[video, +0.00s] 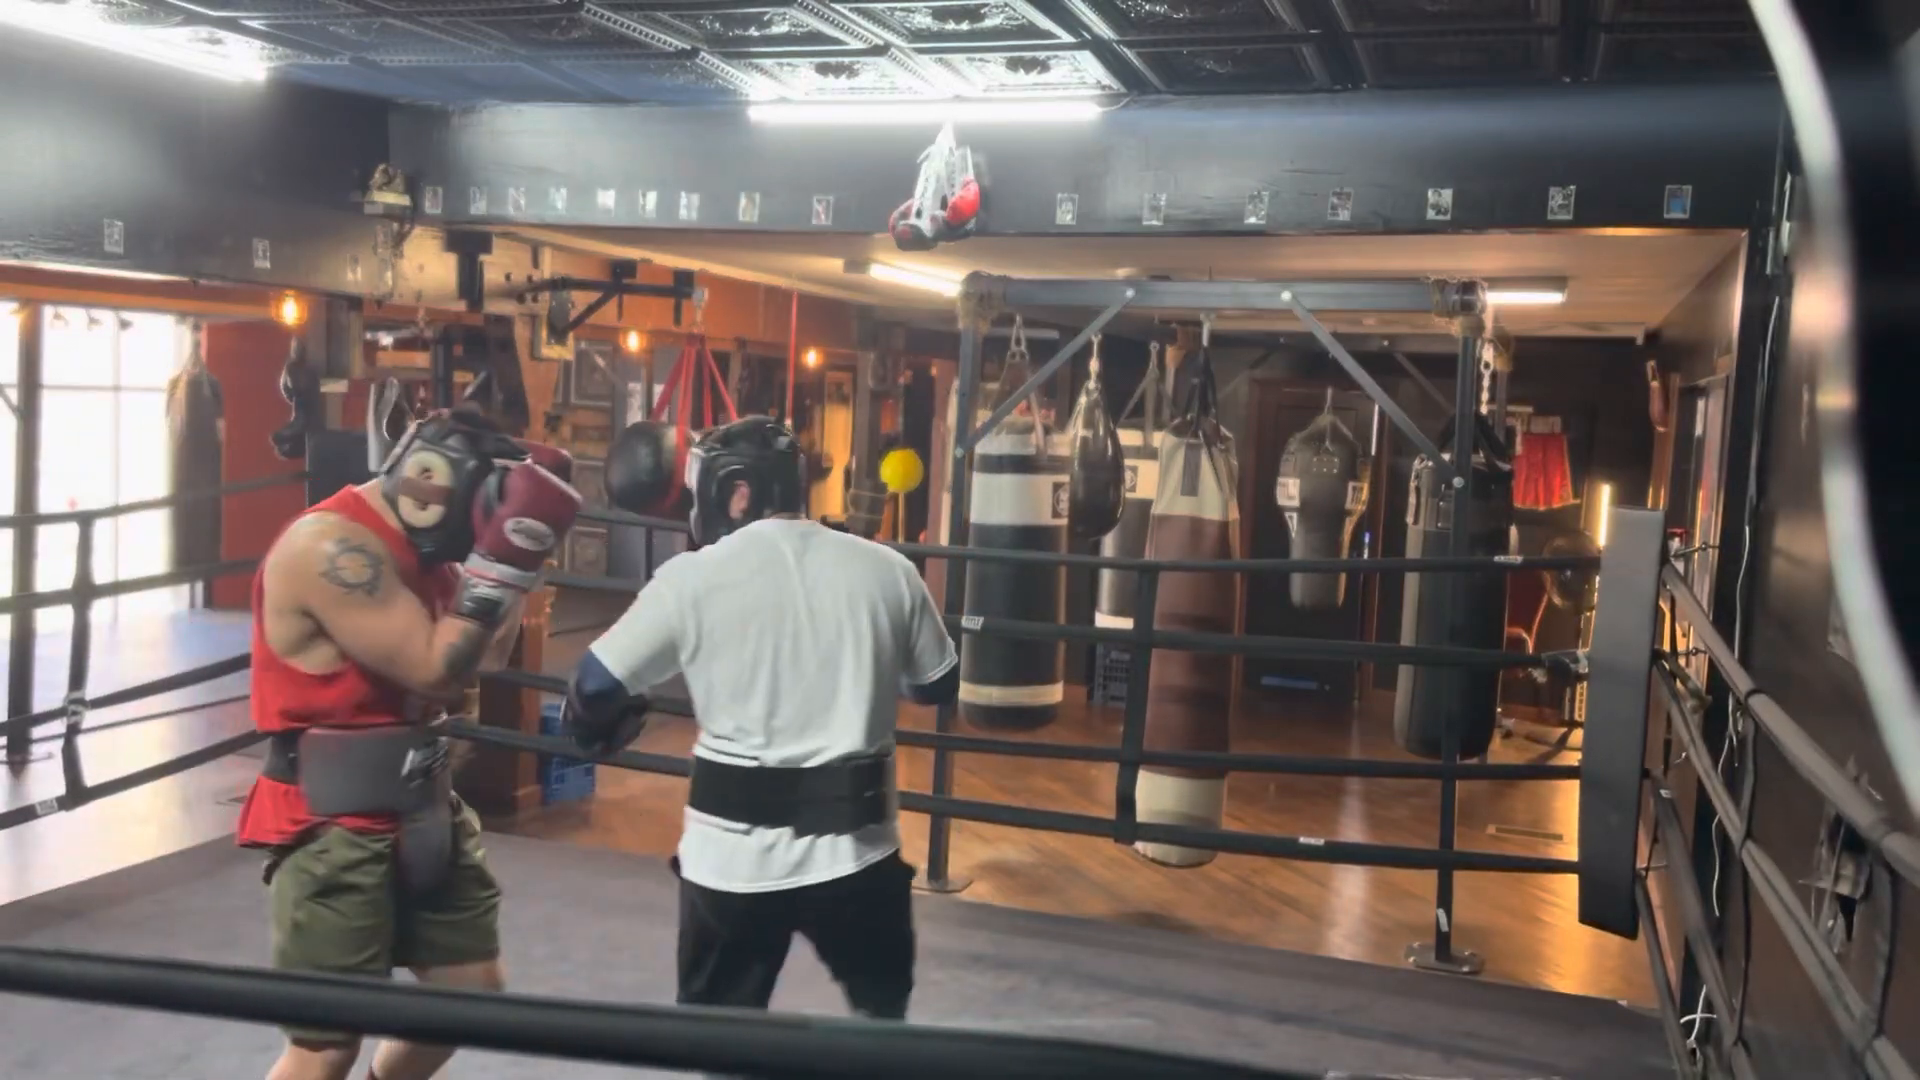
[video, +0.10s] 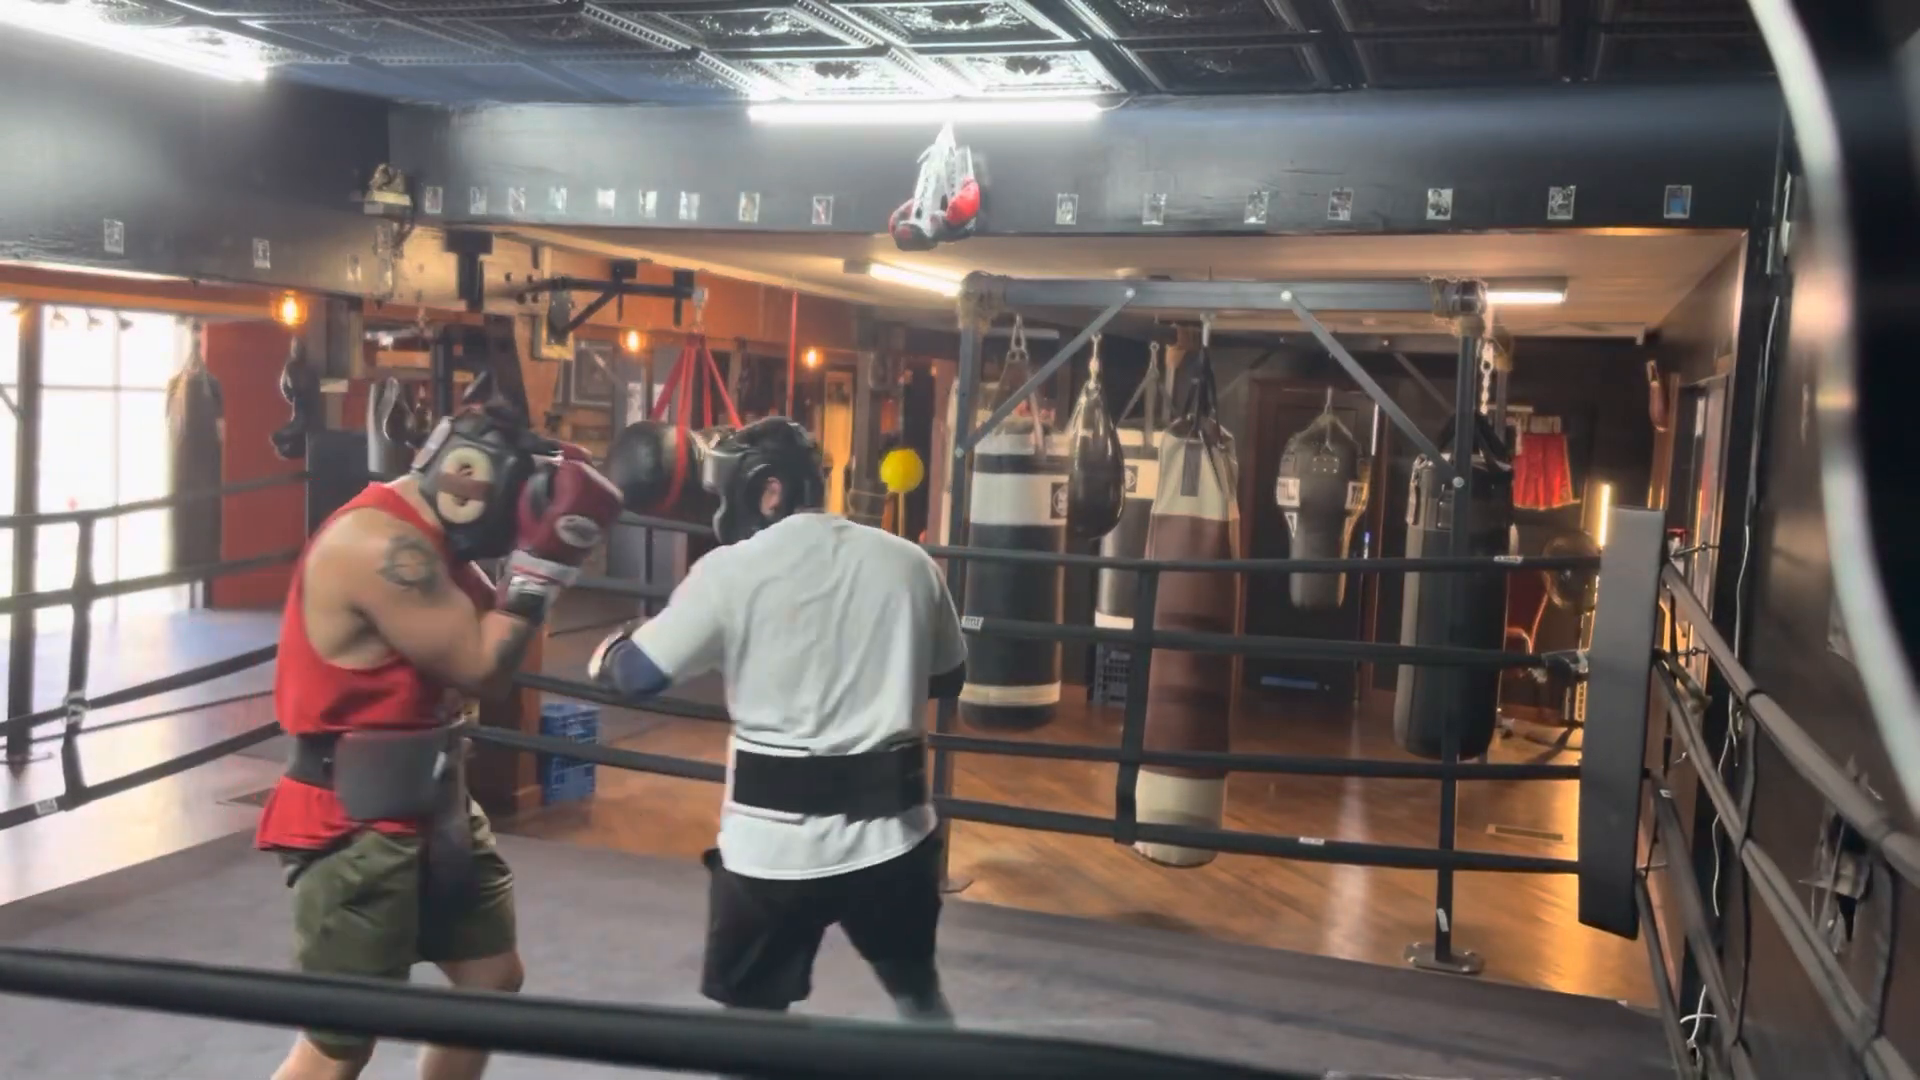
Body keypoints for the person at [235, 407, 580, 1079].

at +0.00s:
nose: (444, 508)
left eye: (462, 496)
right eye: (430, 479)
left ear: (480, 498)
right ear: (405, 466)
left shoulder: (433, 542)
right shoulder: (324, 548)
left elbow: (461, 678)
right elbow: (436, 669)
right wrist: (500, 566)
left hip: (426, 807)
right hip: (333, 824)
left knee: (467, 994)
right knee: (324, 1047)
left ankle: (383, 1073)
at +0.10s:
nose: (490, 495)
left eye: (504, 482)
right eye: (480, 471)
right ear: (448, 464)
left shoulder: (425, 535)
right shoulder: (376, 544)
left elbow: (491, 634)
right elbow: (481, 663)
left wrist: (537, 553)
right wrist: (542, 561)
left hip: (432, 801)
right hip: (354, 817)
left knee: (491, 978)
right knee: (337, 1039)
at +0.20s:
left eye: (547, 501)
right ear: (502, 486)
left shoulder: (449, 538)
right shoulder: (431, 556)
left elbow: (509, 658)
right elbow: (535, 674)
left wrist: (556, 576)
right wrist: (592, 571)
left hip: (456, 820)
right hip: (388, 832)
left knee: (494, 1010)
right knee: (358, 1045)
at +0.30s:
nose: (556, 512)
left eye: (574, 503)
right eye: (548, 493)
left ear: (595, 516)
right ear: (515, 484)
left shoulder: (490, 547)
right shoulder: (476, 565)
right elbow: (566, 688)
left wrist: (572, 602)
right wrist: (633, 593)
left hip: (493, 824)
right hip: (435, 836)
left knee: (533, 1024)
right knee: (415, 1052)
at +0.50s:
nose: (620, 521)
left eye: (640, 512)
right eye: (614, 499)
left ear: (656, 523)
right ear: (591, 485)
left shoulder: (545, 536)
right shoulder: (537, 554)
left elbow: (608, 660)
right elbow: (620, 683)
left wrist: (674, 579)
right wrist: (692, 593)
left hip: (516, 817)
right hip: (476, 825)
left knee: (547, 1041)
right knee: (506, 1049)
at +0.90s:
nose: (671, 562)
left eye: (678, 546)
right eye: (678, 541)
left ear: (600, 496)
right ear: (647, 526)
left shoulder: (465, 563)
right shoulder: (593, 592)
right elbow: (651, 736)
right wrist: (718, 634)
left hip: (439, 868)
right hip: (504, 883)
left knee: (543, 1061)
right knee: (499, 1069)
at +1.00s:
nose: (667, 565)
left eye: (677, 551)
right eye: (673, 546)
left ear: (596, 503)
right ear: (645, 530)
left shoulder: (466, 562)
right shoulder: (592, 595)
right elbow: (654, 737)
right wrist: (717, 632)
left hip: (431, 867)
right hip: (497, 881)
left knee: (531, 1061)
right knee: (502, 1069)